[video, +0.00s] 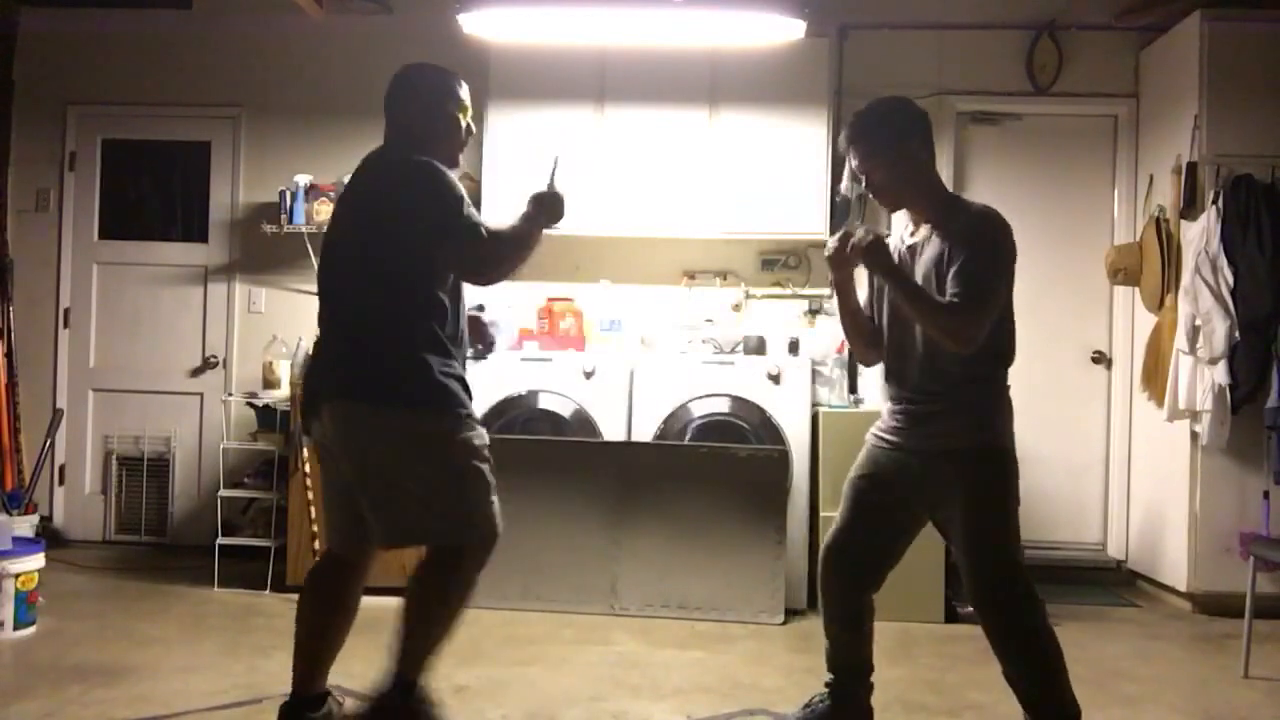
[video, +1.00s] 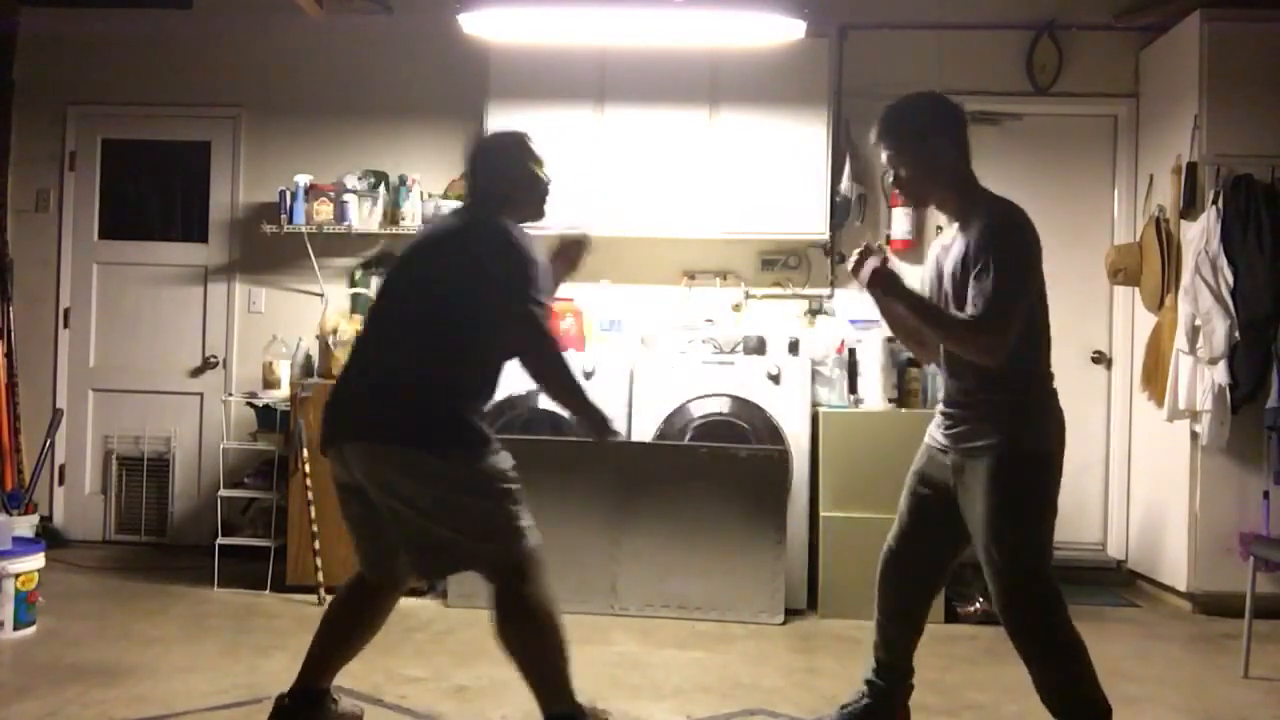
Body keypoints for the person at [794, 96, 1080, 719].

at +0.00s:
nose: (857, 178)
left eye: (864, 161)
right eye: (853, 165)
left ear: (909, 153)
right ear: (891, 162)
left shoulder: (982, 229)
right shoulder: (892, 246)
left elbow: (964, 334)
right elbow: (869, 350)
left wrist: (885, 269)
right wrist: (842, 283)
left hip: (971, 445)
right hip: (899, 438)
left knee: (1001, 601)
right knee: (843, 566)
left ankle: (1058, 716)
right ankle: (847, 699)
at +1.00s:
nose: (890, 180)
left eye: (897, 162)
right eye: (886, 166)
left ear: (943, 150)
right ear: (928, 160)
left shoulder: (1001, 227)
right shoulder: (946, 244)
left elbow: (992, 346)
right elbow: (928, 347)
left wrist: (898, 292)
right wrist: (881, 291)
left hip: (1009, 442)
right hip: (948, 437)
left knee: (1025, 605)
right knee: (902, 574)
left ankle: (1091, 717)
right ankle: (885, 696)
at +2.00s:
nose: (851, 187)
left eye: (858, 171)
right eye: (848, 173)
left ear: (896, 165)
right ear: (912, 166)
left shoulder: (904, 247)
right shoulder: (962, 228)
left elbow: (838, 327)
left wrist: (790, 358)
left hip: (1004, 434)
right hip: (962, 428)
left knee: (1017, 600)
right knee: (924, 560)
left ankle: (1076, 715)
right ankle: (915, 697)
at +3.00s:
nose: (891, 172)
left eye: (900, 156)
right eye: (888, 159)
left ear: (946, 147)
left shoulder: (1000, 226)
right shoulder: (928, 245)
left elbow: (967, 330)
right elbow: (887, 340)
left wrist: (904, 260)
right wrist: (850, 274)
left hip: (982, 439)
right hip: (918, 435)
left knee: (1007, 605)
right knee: (867, 563)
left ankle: (1070, 718)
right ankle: (894, 695)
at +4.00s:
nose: (888, 185)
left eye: (898, 169)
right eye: (886, 172)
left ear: (939, 164)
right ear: (932, 171)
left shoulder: (975, 235)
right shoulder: (950, 236)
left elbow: (960, 347)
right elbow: (958, 334)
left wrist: (872, 337)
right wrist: (906, 314)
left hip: (998, 443)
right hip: (945, 438)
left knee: (1026, 598)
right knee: (887, 559)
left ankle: (1097, 715)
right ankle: (889, 695)